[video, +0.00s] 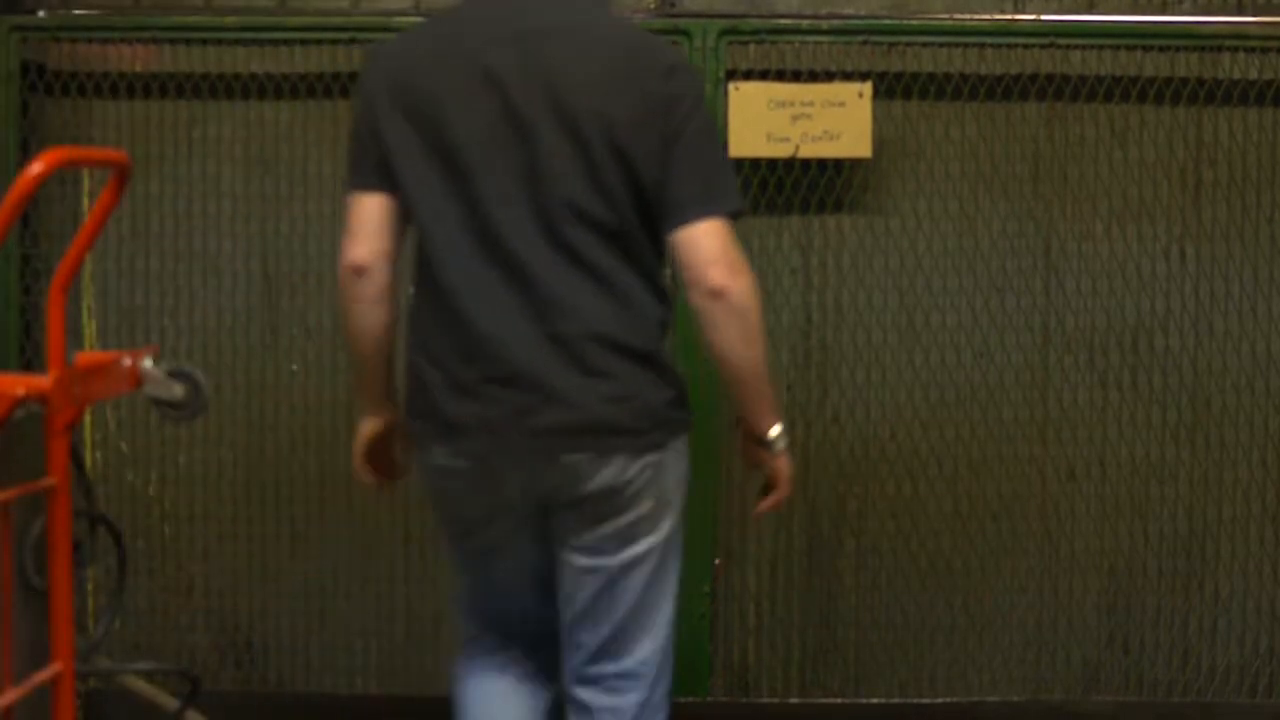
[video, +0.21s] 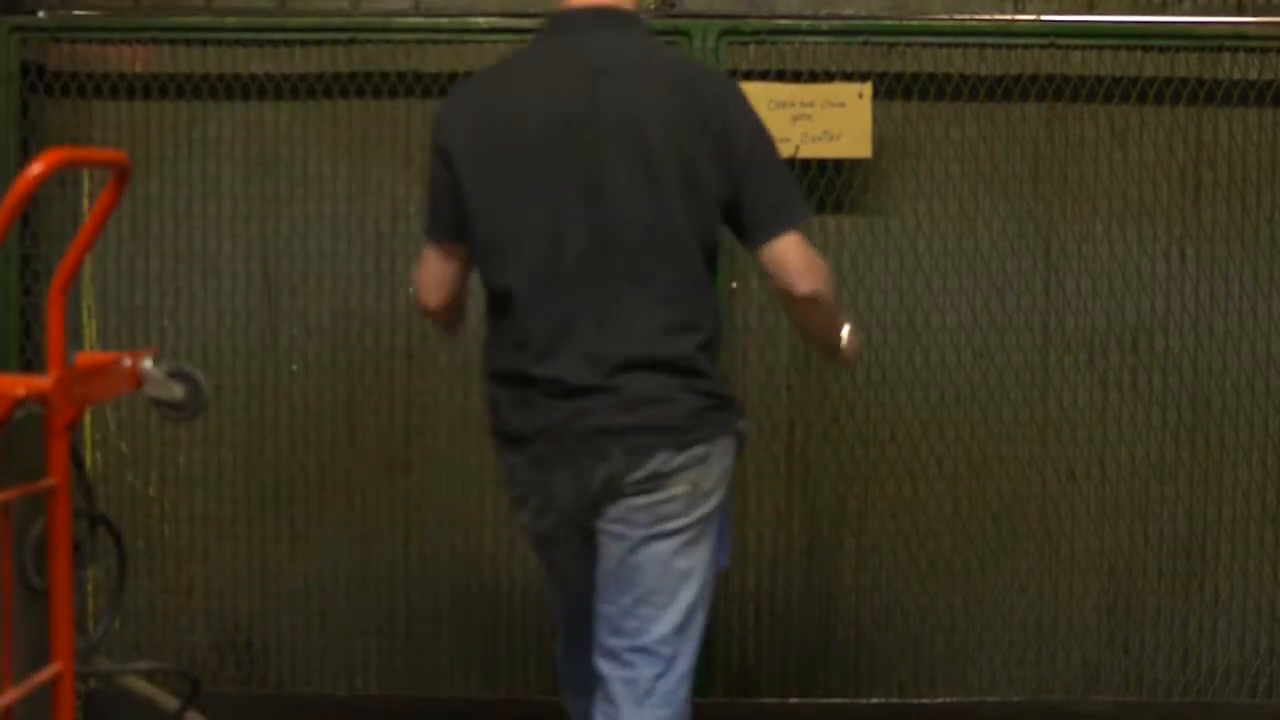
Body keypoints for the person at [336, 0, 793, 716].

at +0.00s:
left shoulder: (403, 65)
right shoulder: (649, 69)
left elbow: (362, 262)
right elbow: (715, 279)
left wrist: (375, 405)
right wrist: (764, 427)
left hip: (465, 425)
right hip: (615, 425)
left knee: (499, 649)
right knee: (616, 681)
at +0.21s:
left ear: (553, 4)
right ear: (641, 1)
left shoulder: (476, 102)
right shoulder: (699, 93)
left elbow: (436, 294)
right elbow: (801, 278)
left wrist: (457, 319)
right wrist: (835, 335)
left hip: (536, 426)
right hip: (668, 424)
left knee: (587, 659)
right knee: (642, 681)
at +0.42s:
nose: (665, 10)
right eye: (664, 4)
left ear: (574, 11)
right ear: (660, 7)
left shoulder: (531, 114)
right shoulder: (717, 111)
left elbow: (485, 235)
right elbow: (827, 232)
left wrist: (508, 133)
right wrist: (849, 175)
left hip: (570, 414)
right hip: (693, 418)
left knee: (613, 613)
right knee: (732, 600)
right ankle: (685, 714)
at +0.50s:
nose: (674, 7)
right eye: (675, 1)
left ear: (597, 8)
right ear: (672, 5)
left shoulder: (550, 101)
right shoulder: (726, 95)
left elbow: (514, 191)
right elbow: (840, 195)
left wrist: (532, 96)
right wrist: (853, 127)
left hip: (580, 395)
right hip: (703, 392)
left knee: (614, 594)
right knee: (732, 570)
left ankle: (626, 713)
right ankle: (699, 711)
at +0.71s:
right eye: (724, 1)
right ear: (722, 2)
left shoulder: (597, 80)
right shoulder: (762, 83)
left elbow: (530, 167)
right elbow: (875, 153)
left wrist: (548, 79)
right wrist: (875, 74)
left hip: (607, 374)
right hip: (729, 377)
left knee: (626, 592)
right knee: (737, 589)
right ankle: (746, 716)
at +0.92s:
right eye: (748, 3)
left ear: (676, 4)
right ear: (749, 5)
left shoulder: (624, 86)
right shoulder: (793, 90)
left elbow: (538, 178)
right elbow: (896, 174)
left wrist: (556, 78)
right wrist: (876, 79)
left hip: (643, 363)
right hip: (760, 367)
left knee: (657, 578)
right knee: (752, 581)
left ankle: (664, 717)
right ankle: (751, 715)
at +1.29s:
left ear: (683, 1)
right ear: (756, 3)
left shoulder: (640, 79)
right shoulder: (803, 81)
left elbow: (514, 107)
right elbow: (928, 101)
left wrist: (549, 14)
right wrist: (877, 14)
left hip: (653, 341)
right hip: (766, 345)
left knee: (662, 563)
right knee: (754, 565)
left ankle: (666, 715)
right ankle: (756, 713)